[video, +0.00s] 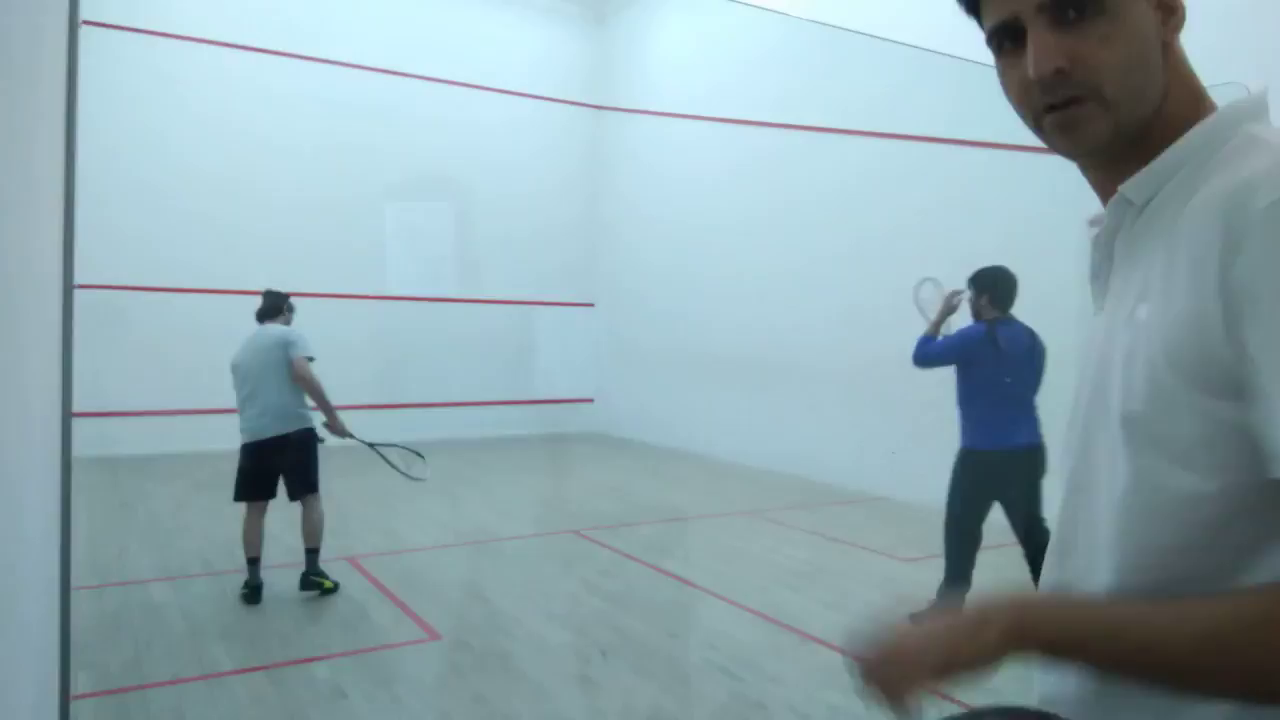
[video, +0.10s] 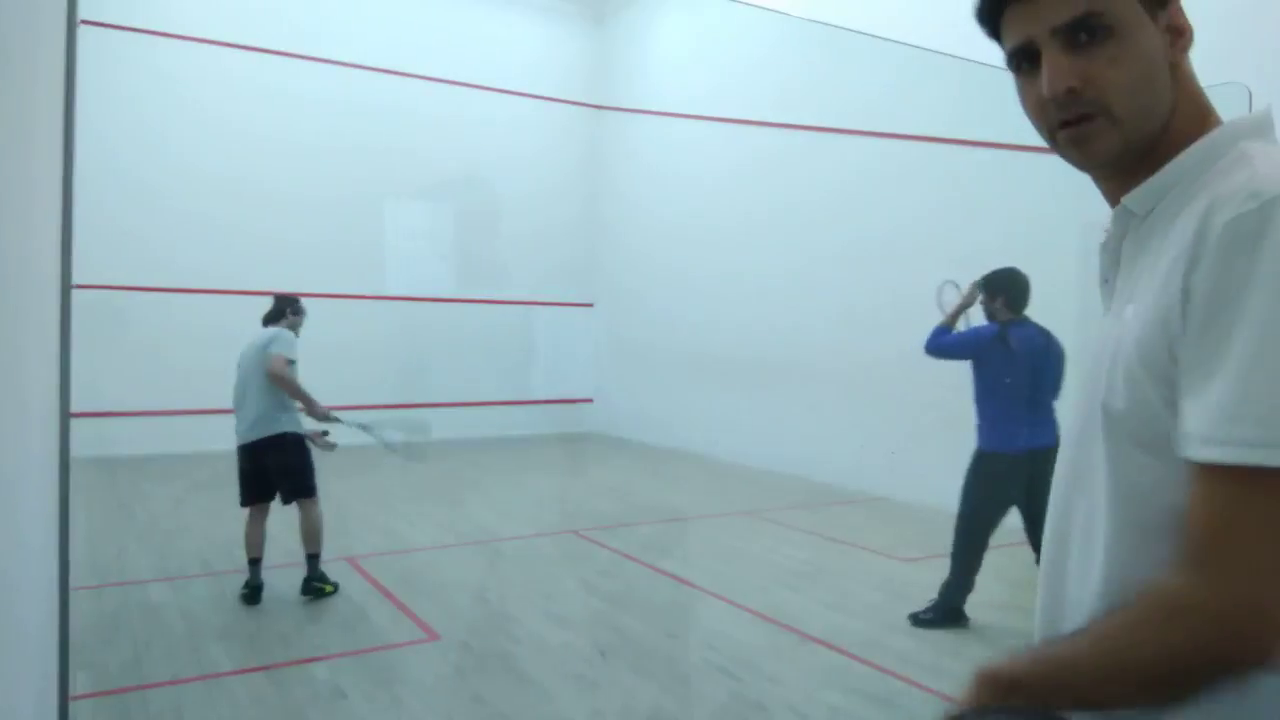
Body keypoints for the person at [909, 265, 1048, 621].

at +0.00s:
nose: (970, 302)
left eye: (974, 297)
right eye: (972, 297)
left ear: (983, 299)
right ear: (1009, 300)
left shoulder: (972, 339)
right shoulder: (1031, 340)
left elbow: (922, 356)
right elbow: (1028, 389)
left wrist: (941, 316)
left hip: (981, 454)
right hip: (1025, 452)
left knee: (962, 530)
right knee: (1030, 527)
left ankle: (950, 604)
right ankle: (1061, 600)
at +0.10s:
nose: (985, 305)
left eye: (987, 300)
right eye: (986, 300)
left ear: (998, 301)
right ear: (1022, 301)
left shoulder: (986, 339)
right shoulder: (1049, 342)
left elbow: (935, 344)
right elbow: (1051, 392)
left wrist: (959, 310)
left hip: (998, 455)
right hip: (1042, 454)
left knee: (971, 532)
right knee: (1049, 538)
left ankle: (951, 606)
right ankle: (1073, 608)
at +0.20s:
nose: (998, 305)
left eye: (1001, 298)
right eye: (998, 298)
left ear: (1016, 300)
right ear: (1039, 300)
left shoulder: (1004, 336)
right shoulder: (1070, 341)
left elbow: (958, 328)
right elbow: (1085, 393)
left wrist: (985, 295)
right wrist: (1046, 391)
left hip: (1015, 456)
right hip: (1060, 456)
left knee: (989, 534)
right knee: (1062, 542)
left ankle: (959, 603)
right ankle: (1065, 623)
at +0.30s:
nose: (1012, 296)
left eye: (1019, 290)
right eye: (1015, 289)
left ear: (1036, 298)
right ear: (1055, 300)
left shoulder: (1014, 335)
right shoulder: (1083, 340)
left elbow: (976, 333)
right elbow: (1110, 392)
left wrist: (1004, 304)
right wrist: (1074, 406)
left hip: (1022, 457)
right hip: (1072, 458)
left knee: (1002, 533)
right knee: (1071, 541)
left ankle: (977, 606)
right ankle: (1066, 634)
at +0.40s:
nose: (1013, 295)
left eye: (1019, 290)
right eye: (1015, 289)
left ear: (1039, 297)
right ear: (1053, 300)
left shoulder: (1014, 334)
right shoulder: (1085, 341)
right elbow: (1108, 396)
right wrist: (1073, 409)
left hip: (1020, 459)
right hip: (1069, 460)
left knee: (1003, 533)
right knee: (1070, 541)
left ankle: (984, 608)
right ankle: (1066, 633)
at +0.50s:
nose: (998, 298)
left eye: (1006, 293)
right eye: (1001, 291)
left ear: (1028, 298)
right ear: (1038, 300)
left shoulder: (1005, 337)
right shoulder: (1070, 340)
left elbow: (970, 384)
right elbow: (1090, 395)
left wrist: (992, 368)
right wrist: (1052, 407)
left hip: (1007, 457)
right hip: (1055, 458)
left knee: (993, 532)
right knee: (1059, 536)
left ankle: (980, 606)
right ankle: (1064, 628)